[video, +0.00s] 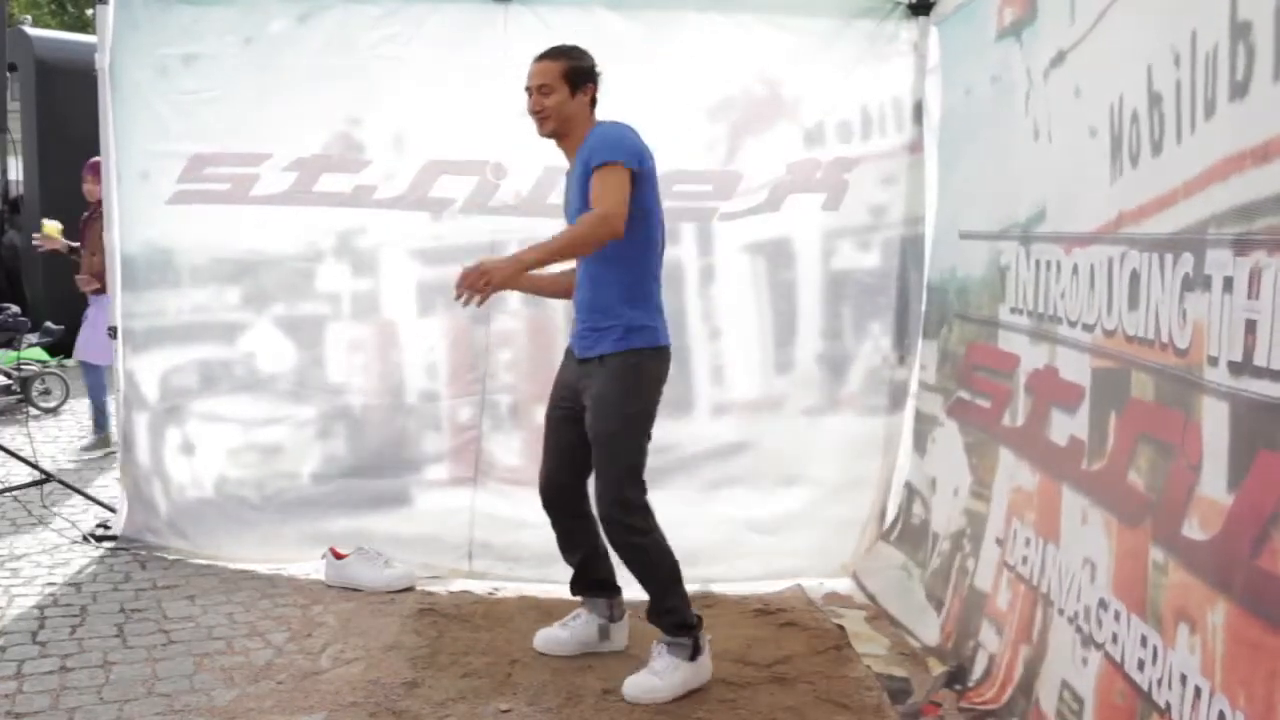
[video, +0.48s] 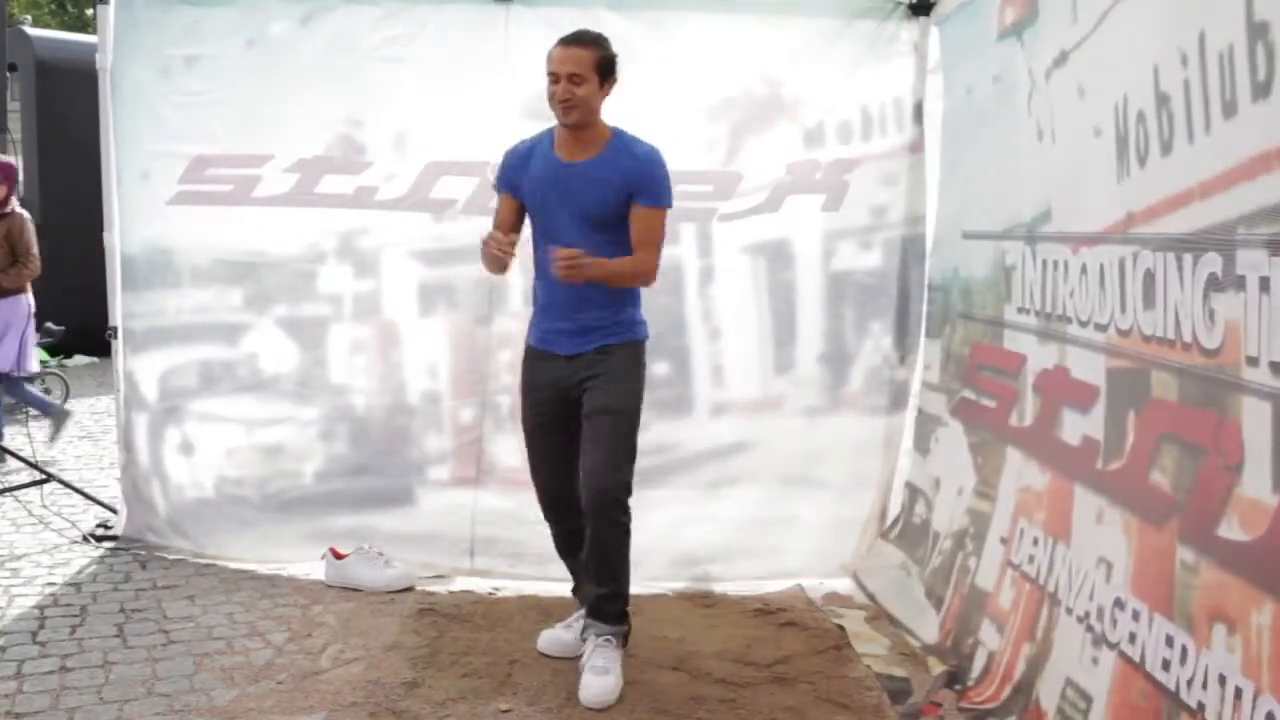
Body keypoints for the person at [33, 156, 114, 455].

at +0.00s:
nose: (86, 187)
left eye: (91, 181)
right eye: (84, 181)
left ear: (105, 184)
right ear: (85, 183)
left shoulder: (113, 215)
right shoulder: (91, 216)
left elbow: (122, 263)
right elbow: (92, 254)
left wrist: (99, 283)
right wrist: (65, 246)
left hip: (111, 299)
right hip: (97, 299)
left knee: (91, 359)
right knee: (90, 360)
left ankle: (104, 431)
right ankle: (102, 432)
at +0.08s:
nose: (73, 188)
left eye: (79, 183)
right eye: (71, 182)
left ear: (95, 186)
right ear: (70, 184)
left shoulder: (105, 217)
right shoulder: (77, 218)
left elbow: (117, 264)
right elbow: (78, 257)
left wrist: (85, 283)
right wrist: (49, 248)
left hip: (103, 302)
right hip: (84, 302)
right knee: (69, 364)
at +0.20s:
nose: (47, 192)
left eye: (54, 187)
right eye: (46, 186)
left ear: (69, 191)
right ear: (45, 188)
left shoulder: (81, 222)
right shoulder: (52, 223)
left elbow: (95, 266)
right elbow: (48, 265)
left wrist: (58, 287)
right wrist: (21, 252)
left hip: (80, 309)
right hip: (63, 309)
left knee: (41, 376)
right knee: (102, 373)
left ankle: (9, 439)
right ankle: (133, 432)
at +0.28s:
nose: (29, 192)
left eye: (36, 188)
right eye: (29, 186)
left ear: (51, 193)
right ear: (31, 189)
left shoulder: (61, 225)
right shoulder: (33, 223)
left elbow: (75, 271)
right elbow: (30, 266)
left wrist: (37, 292)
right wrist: (4, 256)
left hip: (56, 313)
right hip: (42, 312)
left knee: (19, 381)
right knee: (82, 373)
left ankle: (2, 440)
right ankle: (129, 426)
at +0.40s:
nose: (2, 190)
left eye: (8, 185)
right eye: (2, 184)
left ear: (23, 190)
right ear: (5, 188)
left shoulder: (33, 223)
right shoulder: (8, 220)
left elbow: (44, 272)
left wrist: (9, 289)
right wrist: (10, 286)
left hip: (25, 307)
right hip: (11, 306)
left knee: (27, 376)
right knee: (26, 376)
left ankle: (92, 410)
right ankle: (91, 410)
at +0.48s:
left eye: (0, 183)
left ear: (8, 185)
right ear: (9, 185)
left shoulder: (18, 218)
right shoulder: (9, 217)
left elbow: (30, 266)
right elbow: (27, 266)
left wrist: (3, 282)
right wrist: (7, 279)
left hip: (13, 303)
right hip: (11, 302)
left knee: (7, 377)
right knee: (7, 377)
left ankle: (54, 411)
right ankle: (52, 411)